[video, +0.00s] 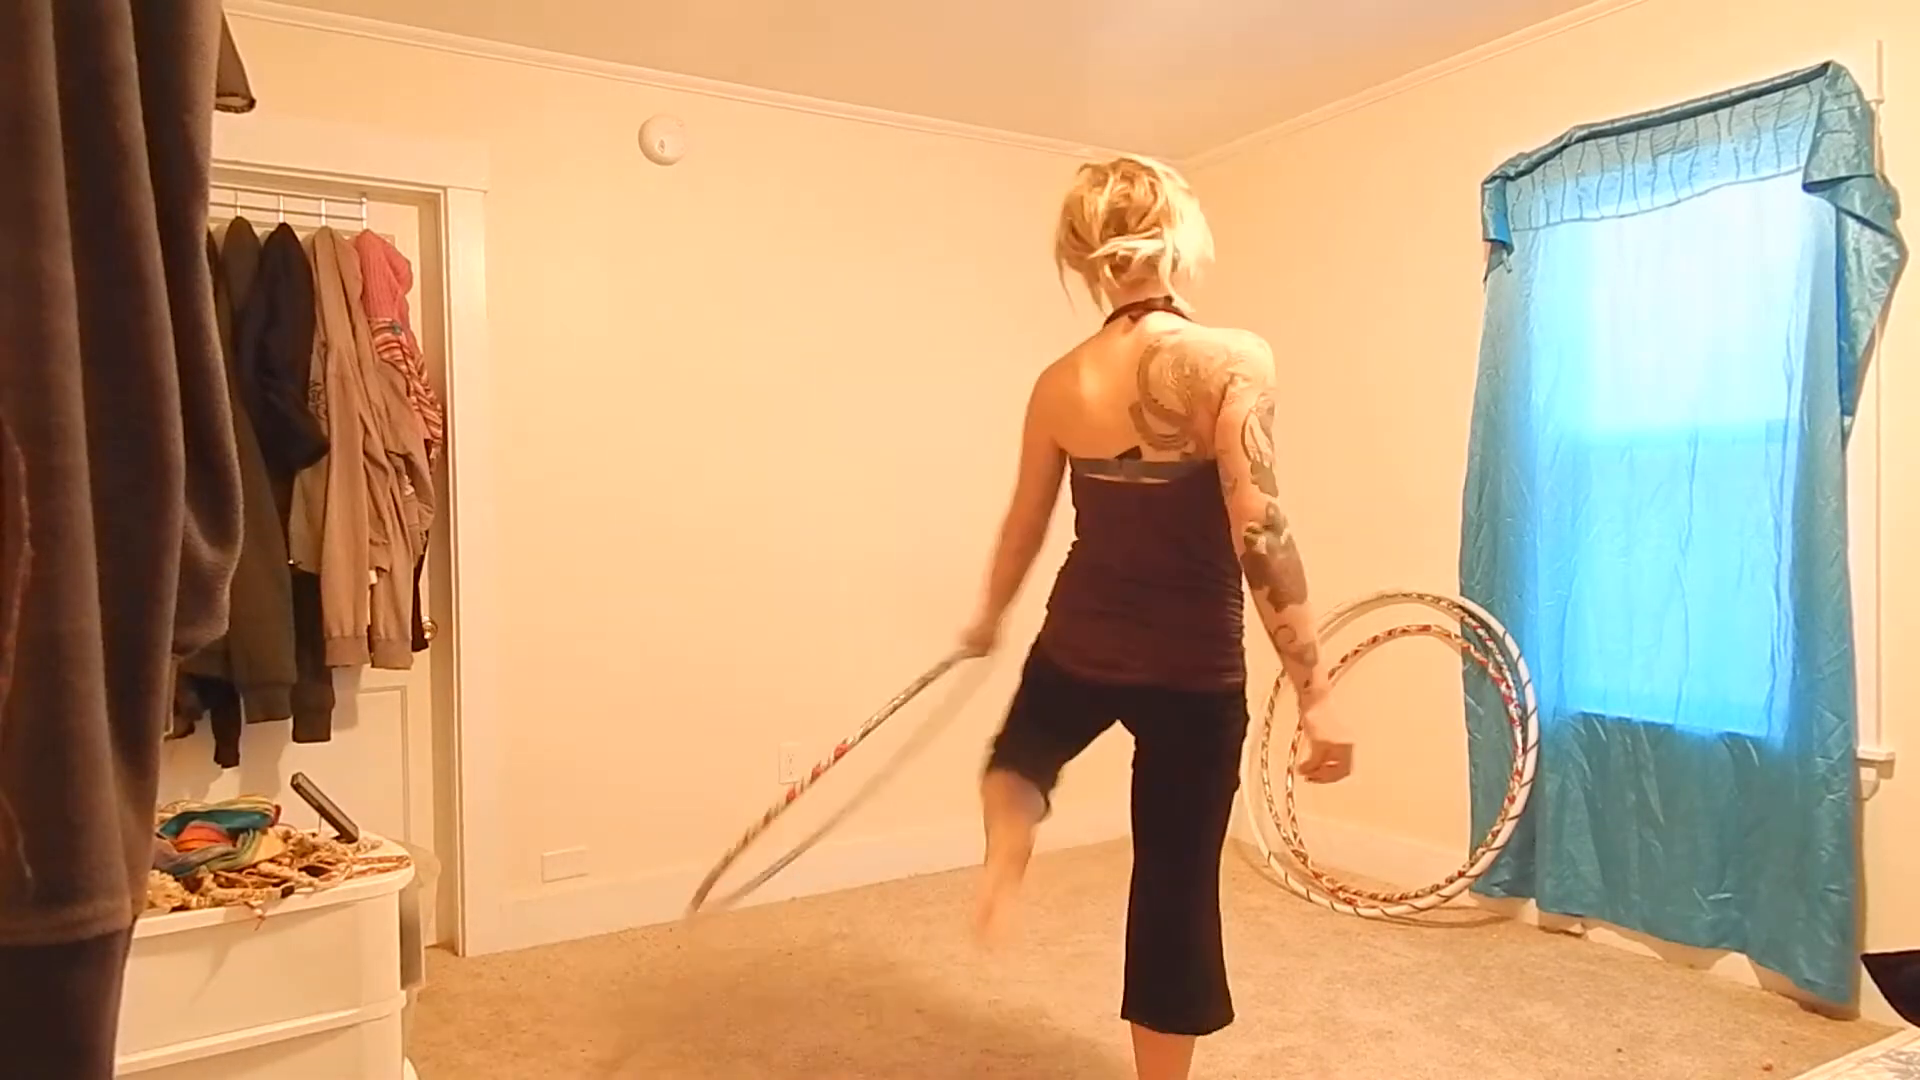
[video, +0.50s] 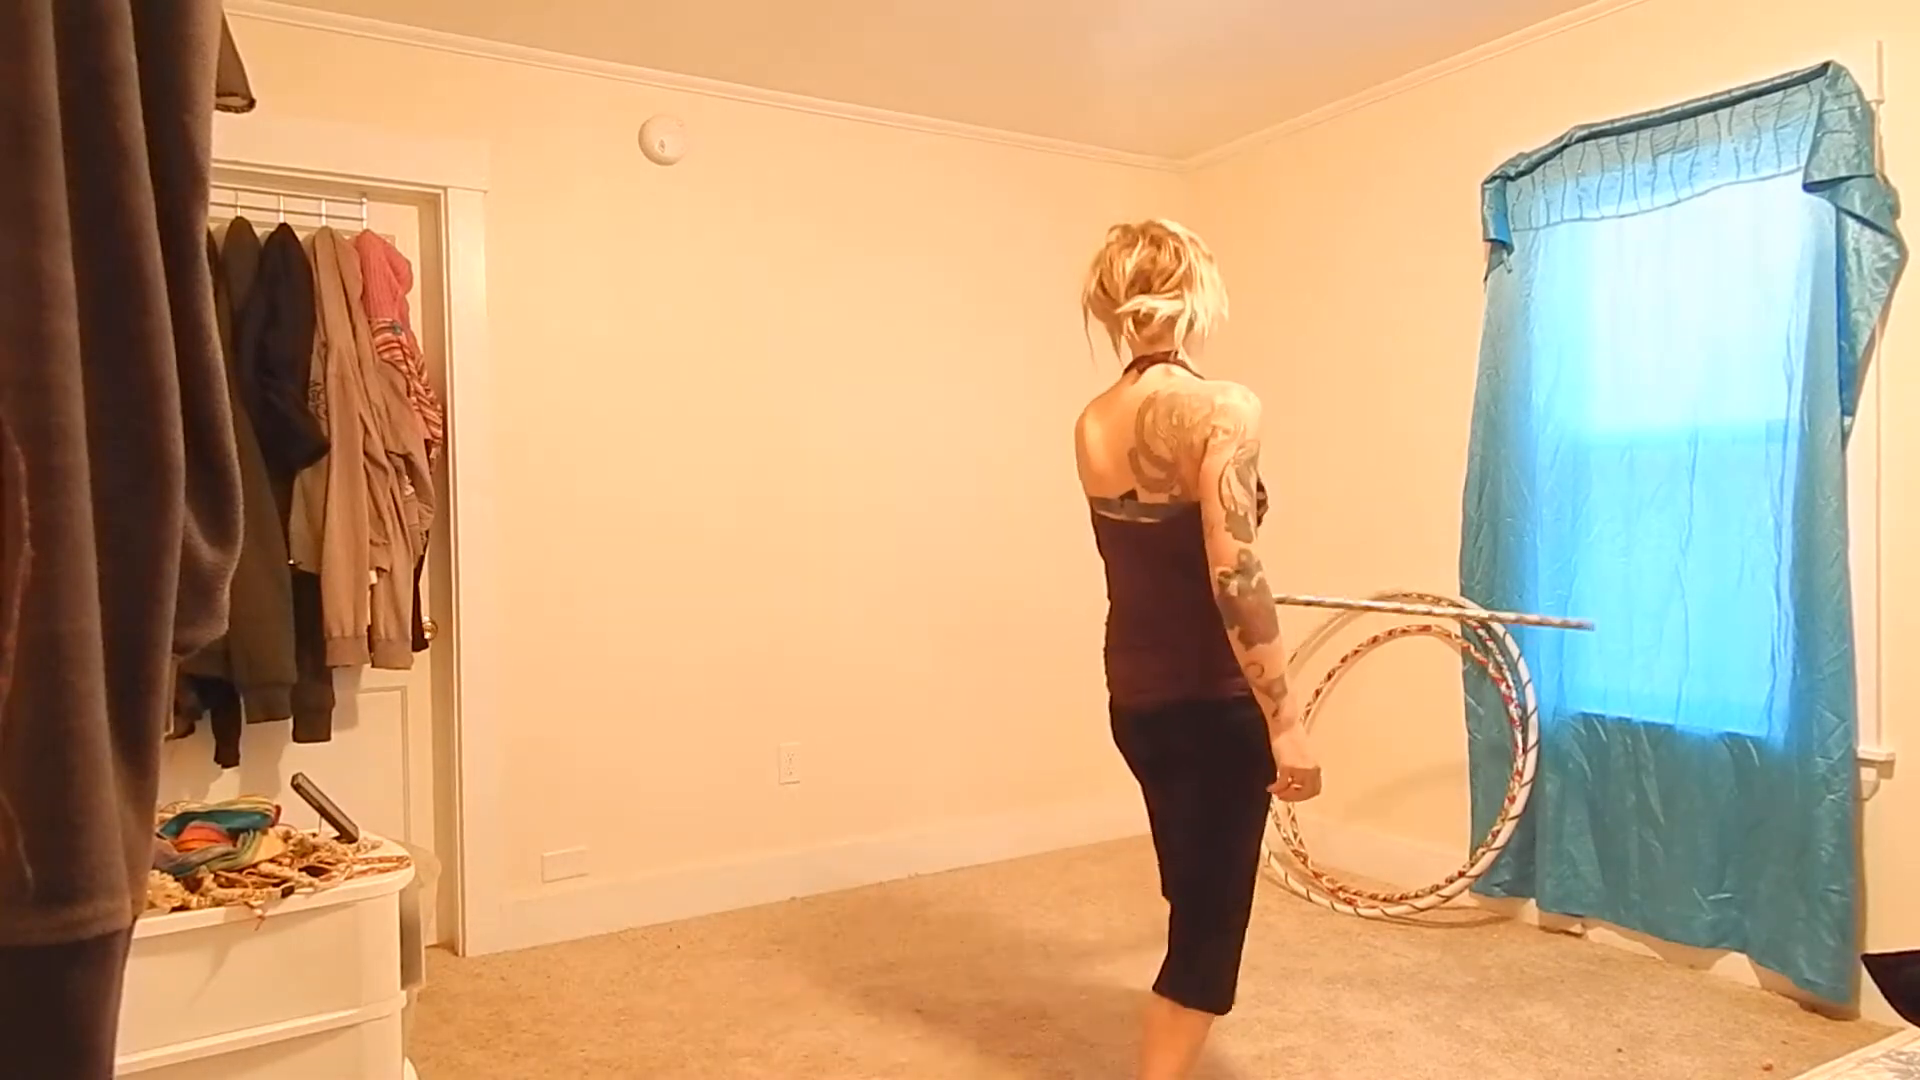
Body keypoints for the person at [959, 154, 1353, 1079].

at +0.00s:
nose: (1194, 246)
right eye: (1188, 231)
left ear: (1088, 259)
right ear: (1184, 244)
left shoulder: (1061, 384)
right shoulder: (1231, 360)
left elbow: (1024, 529)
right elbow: (1258, 531)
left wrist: (986, 619)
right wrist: (1312, 681)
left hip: (1079, 648)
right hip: (1194, 666)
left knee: (1025, 753)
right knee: (1174, 887)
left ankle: (1004, 853)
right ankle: (1161, 1068)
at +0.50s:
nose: (1199, 305)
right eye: (1198, 290)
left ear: (1111, 308)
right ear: (1196, 298)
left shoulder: (1094, 422)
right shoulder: (1215, 409)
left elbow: (1131, 574)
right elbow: (1232, 573)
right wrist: (1285, 718)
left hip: (1137, 700)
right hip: (1214, 697)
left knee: (1193, 915)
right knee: (1207, 933)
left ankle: (1180, 1059)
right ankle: (1155, 1070)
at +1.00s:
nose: (1112, 352)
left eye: (1112, 336)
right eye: (1110, 338)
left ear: (1127, 334)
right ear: (1197, 323)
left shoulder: (1108, 432)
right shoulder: (1254, 413)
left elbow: (1057, 551)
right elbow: (1300, 536)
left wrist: (998, 643)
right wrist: (1325, 643)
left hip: (1159, 656)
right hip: (1251, 643)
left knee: (1203, 811)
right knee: (1311, 769)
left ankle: (1242, 982)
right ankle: (1272, 890)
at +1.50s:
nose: (1067, 367)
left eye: (1069, 349)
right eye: (1064, 350)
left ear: (1101, 340)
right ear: (1131, 332)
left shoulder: (1143, 410)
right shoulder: (1180, 395)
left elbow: (1258, 489)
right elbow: (1294, 456)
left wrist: (1295, 594)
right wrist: (1342, 542)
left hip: (1189, 646)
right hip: (1200, 639)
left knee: (1215, 812)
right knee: (1063, 739)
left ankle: (1245, 981)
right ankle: (1110, 889)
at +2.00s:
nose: (999, 380)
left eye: (1007, 363)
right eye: (999, 364)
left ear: (1051, 357)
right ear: (1038, 361)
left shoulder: (1141, 431)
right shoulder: (1033, 456)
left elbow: (1229, 546)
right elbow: (939, 518)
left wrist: (1211, 668)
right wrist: (907, 593)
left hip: (1146, 683)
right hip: (1054, 681)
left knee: (1141, 873)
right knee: (1034, 857)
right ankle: (1079, 1025)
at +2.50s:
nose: (1061, 319)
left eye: (1076, 309)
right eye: (1049, 306)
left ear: (1092, 333)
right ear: (1017, 321)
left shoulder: (1102, 430)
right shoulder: (987, 397)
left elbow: (1136, 493)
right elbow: (980, 278)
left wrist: (1016, 502)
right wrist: (1080, 201)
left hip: (1110, 643)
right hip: (1019, 663)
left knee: (1225, 751)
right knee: (1043, 843)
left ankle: (1351, 914)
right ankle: (1080, 1016)